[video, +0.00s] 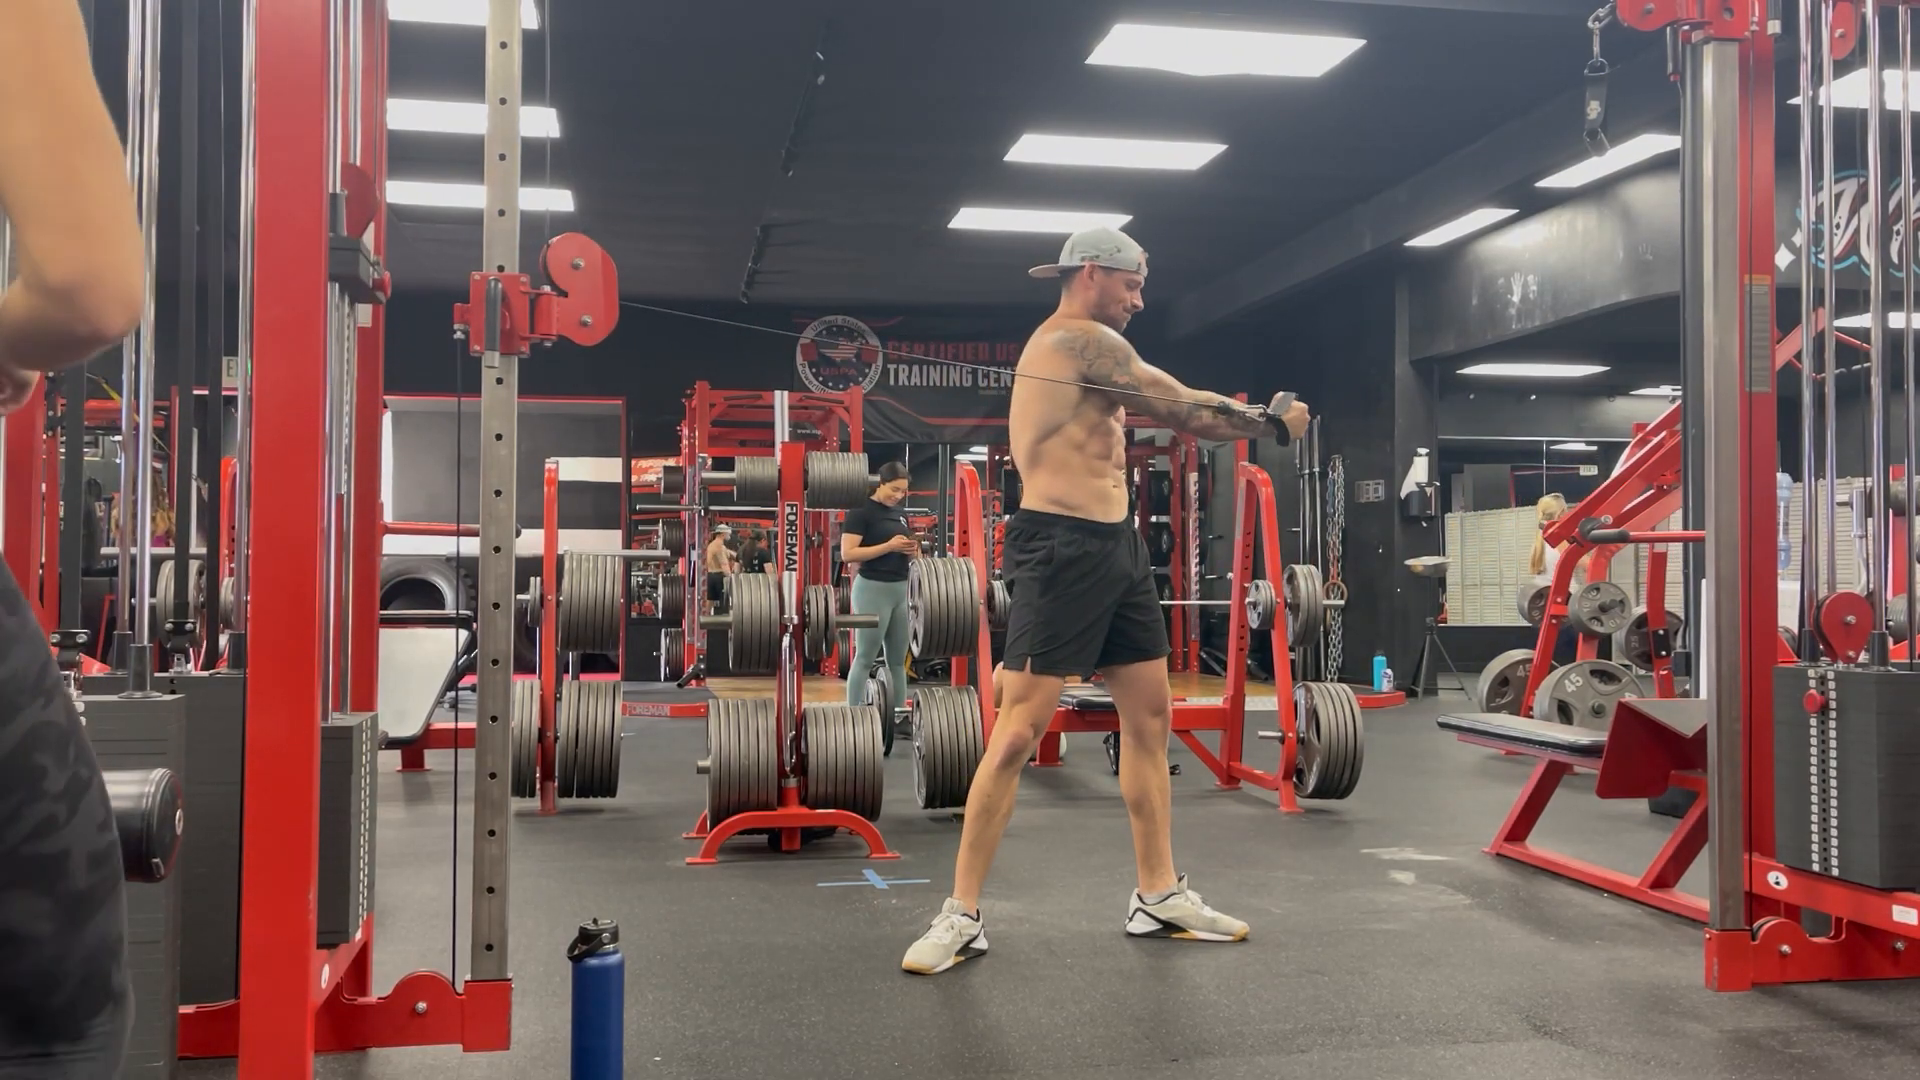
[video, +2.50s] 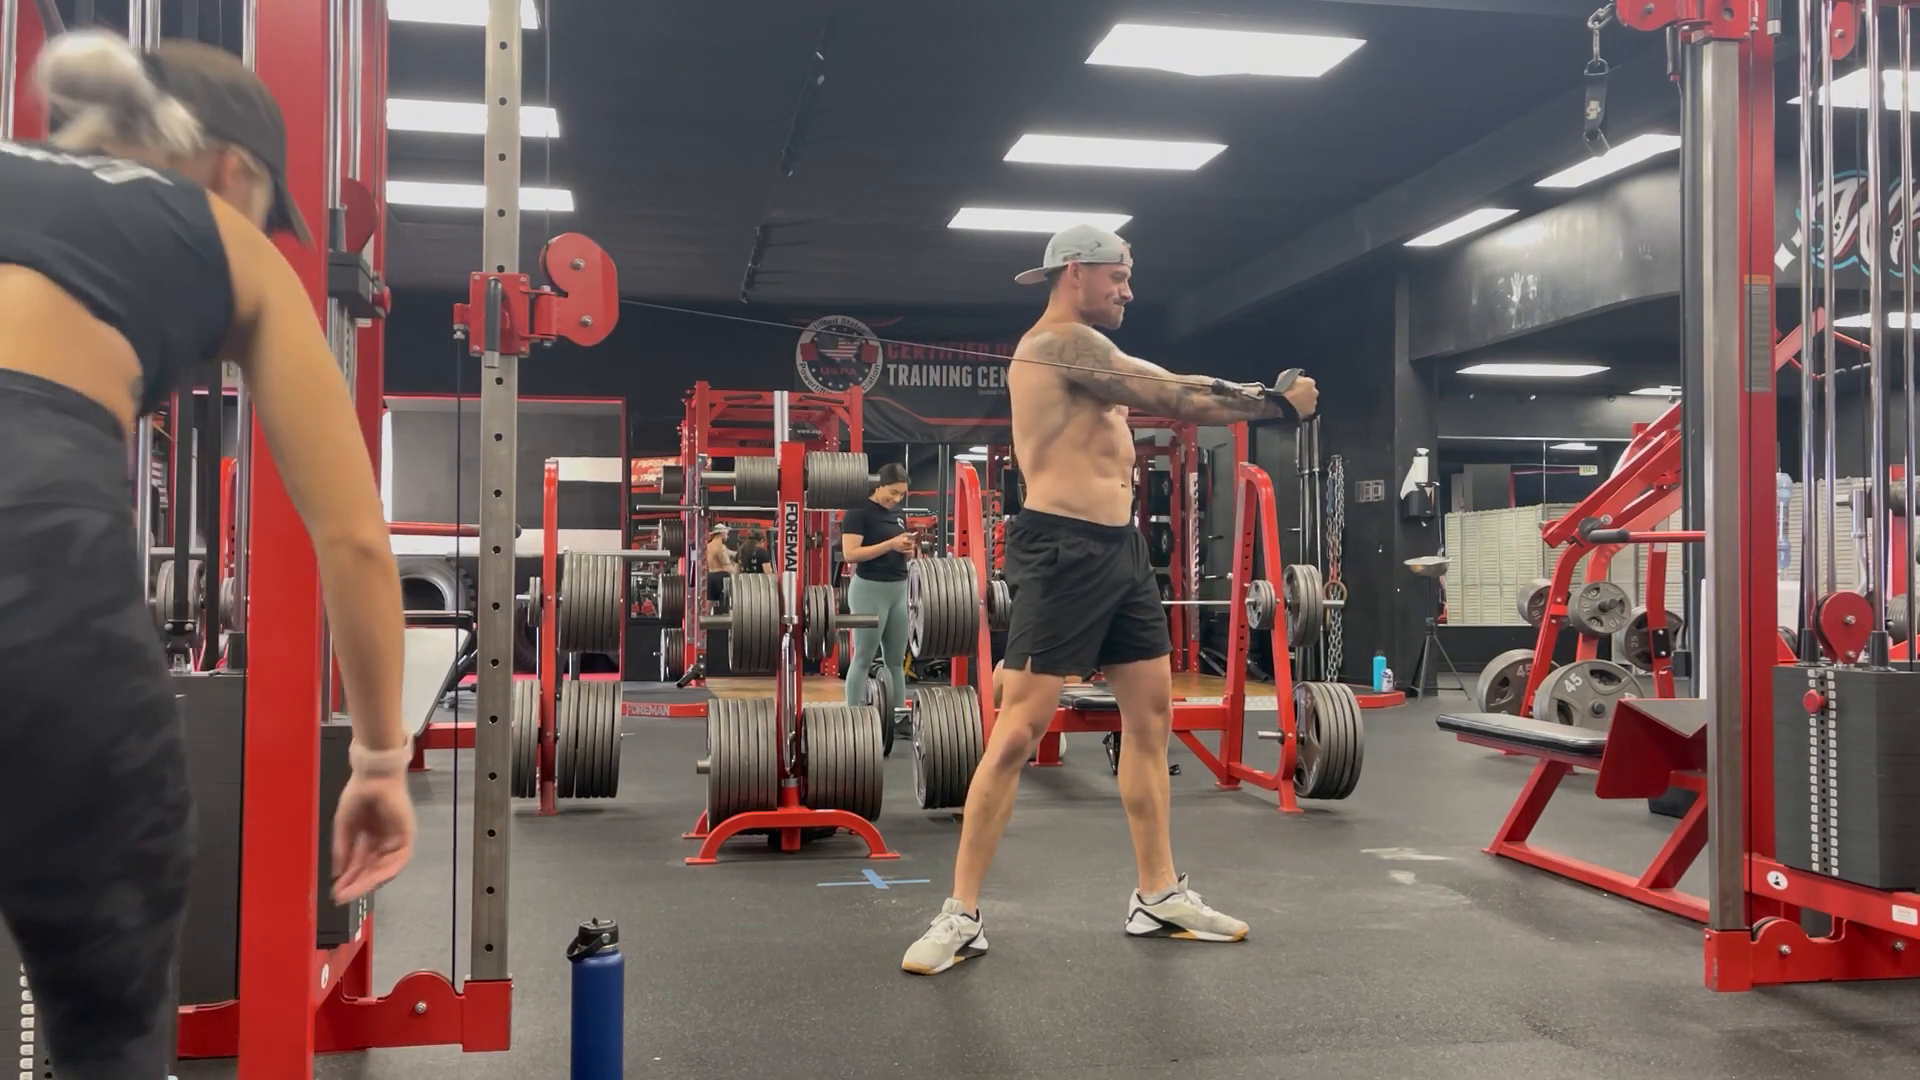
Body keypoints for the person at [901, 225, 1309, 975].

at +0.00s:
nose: (1139, 297)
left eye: (1141, 286)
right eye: (1131, 283)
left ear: (1091, 278)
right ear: (1091, 275)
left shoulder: (1090, 350)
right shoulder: (1076, 338)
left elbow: (1179, 415)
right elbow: (1180, 401)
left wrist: (1250, 416)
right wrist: (1268, 418)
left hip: (1118, 552)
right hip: (1056, 548)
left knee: (1149, 721)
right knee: (1015, 736)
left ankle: (1158, 895)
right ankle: (961, 911)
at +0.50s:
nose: (1106, 287)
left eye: (1116, 277)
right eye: (1092, 272)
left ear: (1120, 289)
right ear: (1053, 276)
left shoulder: (1116, 371)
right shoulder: (1027, 345)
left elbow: (1139, 472)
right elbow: (1116, 389)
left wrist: (1184, 546)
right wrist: (1255, 389)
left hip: (1126, 550)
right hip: (1050, 549)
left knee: (1151, 721)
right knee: (1005, 733)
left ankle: (1158, 894)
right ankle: (960, 910)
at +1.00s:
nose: (1065, 278)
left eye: (1079, 266)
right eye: (1053, 267)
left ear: (1104, 279)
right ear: (1034, 278)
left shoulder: (1140, 365)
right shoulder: (1005, 346)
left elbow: (1203, 460)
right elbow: (988, 383)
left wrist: (1272, 536)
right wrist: (1021, 365)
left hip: (1129, 551)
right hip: (1042, 552)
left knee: (1156, 719)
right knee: (993, 725)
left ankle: (1158, 894)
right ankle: (960, 910)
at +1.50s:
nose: (1052, 272)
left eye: (1067, 262)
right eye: (1042, 262)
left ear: (1098, 279)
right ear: (1029, 277)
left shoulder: (1143, 364)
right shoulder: (1001, 347)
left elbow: (1217, 456)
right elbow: (949, 385)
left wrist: (1296, 529)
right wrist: (926, 364)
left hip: (1122, 549)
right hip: (1033, 550)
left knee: (1161, 719)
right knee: (983, 724)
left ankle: (1159, 894)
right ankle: (959, 908)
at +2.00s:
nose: (1105, 277)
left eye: (1110, 268)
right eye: (1089, 264)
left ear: (1109, 283)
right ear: (1047, 275)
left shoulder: (1115, 371)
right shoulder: (1018, 350)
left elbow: (1144, 464)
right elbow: (1111, 381)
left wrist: (1191, 541)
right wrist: (1235, 372)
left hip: (1126, 552)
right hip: (1050, 550)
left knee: (1157, 716)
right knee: (1003, 731)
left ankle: (1159, 893)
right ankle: (960, 909)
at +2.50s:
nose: (1127, 289)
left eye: (1129, 277)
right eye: (1117, 275)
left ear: (1089, 279)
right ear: (1073, 275)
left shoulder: (1096, 353)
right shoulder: (1058, 342)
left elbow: (1174, 397)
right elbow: (1167, 394)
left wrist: (1260, 398)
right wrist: (1271, 401)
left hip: (1122, 554)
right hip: (1058, 551)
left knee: (1150, 720)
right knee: (1015, 737)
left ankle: (1158, 894)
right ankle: (961, 910)